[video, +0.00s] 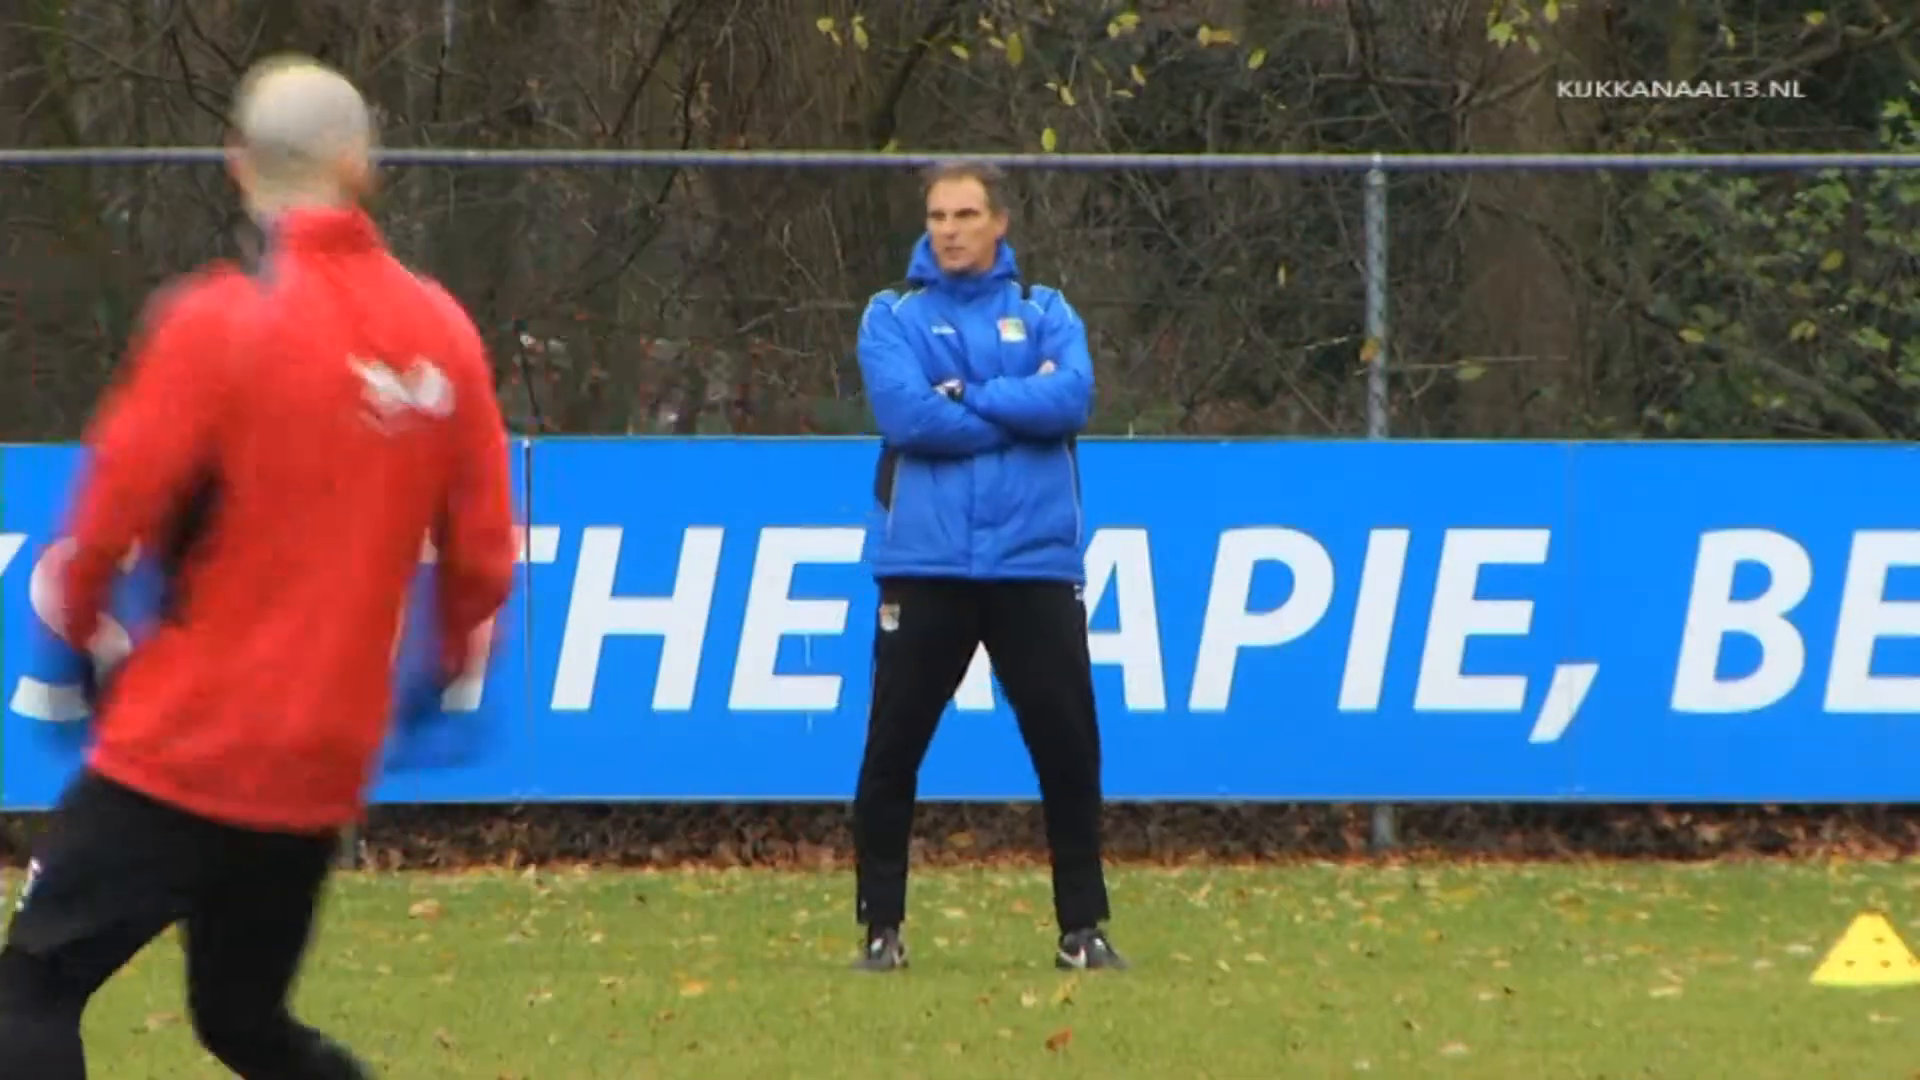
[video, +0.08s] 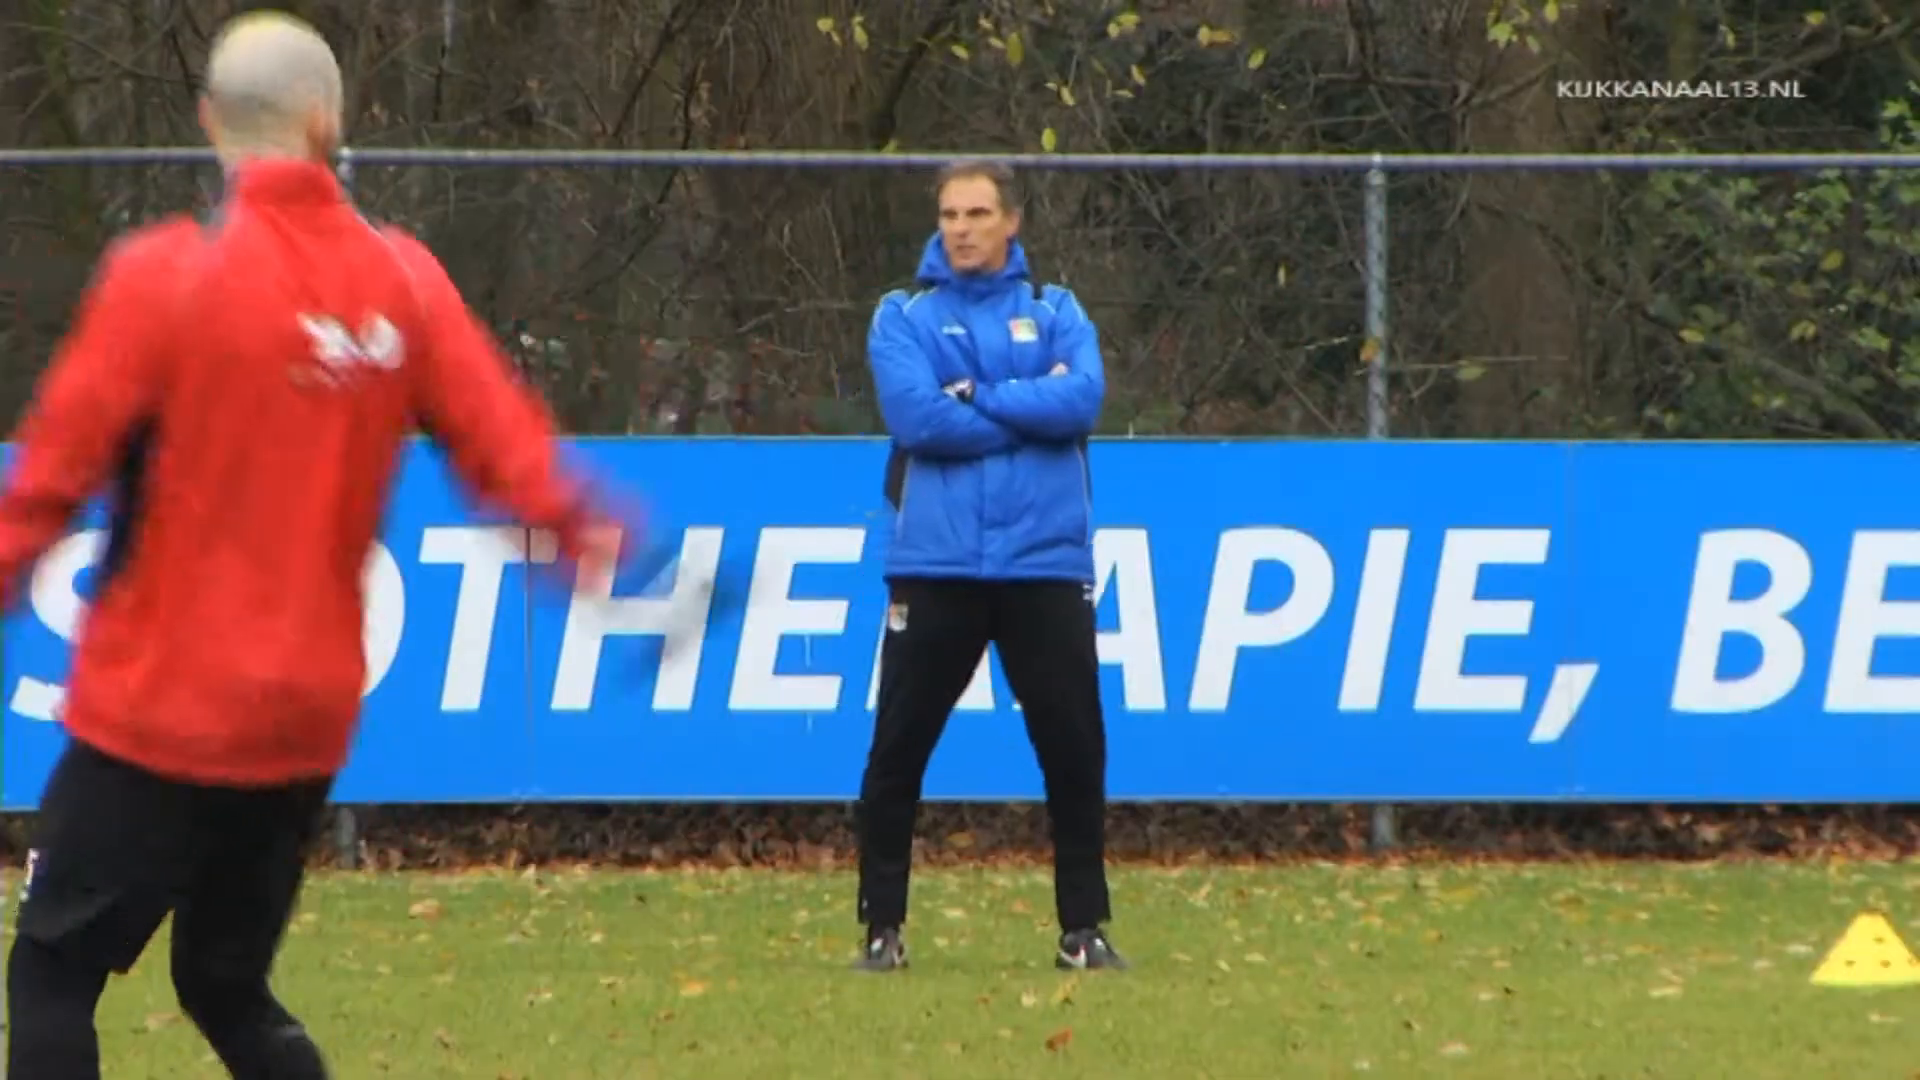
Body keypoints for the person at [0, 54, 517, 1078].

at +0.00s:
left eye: (236, 153)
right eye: (368, 153)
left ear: (240, 167)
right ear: (365, 169)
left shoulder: (219, 318)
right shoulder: (444, 331)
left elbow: (111, 513)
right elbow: (485, 553)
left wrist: (78, 631)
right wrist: (443, 662)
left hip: (190, 733)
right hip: (325, 746)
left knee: (35, 985)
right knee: (244, 1017)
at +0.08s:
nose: (215, 124)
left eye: (210, 109)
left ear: (210, 122)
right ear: (335, 127)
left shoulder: (166, 271)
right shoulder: (403, 276)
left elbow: (51, 473)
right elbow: (504, 446)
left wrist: (6, 564)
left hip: (159, 697)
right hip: (308, 703)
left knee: (54, 969)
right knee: (225, 982)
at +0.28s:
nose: (313, 117)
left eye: (306, 97)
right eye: (310, 99)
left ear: (180, 107)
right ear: (291, 113)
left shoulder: (99, 256)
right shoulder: (369, 248)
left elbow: (9, 390)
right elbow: (559, 297)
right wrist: (767, 280)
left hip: (118, 690)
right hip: (277, 693)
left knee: (37, 975)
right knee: (243, 974)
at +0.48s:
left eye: (205, 96)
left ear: (203, 118)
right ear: (334, 124)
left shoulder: (154, 271)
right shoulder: (412, 262)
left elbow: (23, 455)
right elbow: (577, 374)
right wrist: (756, 412)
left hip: (185, 709)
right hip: (341, 709)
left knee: (77, 973)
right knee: (263, 977)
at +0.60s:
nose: (233, 146)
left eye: (241, 127)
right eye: (238, 126)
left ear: (271, 140)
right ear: (363, 138)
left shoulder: (246, 289)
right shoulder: (477, 287)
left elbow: (164, 465)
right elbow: (571, 451)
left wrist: (85, 589)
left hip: (266, 725)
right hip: (413, 727)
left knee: (140, 990)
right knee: (321, 1002)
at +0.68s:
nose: (264, 151)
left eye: (280, 129)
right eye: (268, 128)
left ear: (338, 145)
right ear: (400, 144)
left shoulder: (329, 287)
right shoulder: (511, 286)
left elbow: (275, 476)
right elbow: (563, 523)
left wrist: (209, 586)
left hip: (345, 729)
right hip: (477, 733)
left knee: (203, 985)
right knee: (367, 1007)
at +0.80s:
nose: (343, 128)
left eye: (365, 106)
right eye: (349, 105)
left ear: (441, 120)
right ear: (461, 124)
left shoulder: (456, 257)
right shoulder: (553, 250)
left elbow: (444, 476)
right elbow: (521, 489)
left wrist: (346, 587)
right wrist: (386, 601)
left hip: (469, 694)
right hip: (549, 696)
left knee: (294, 947)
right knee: (417, 977)